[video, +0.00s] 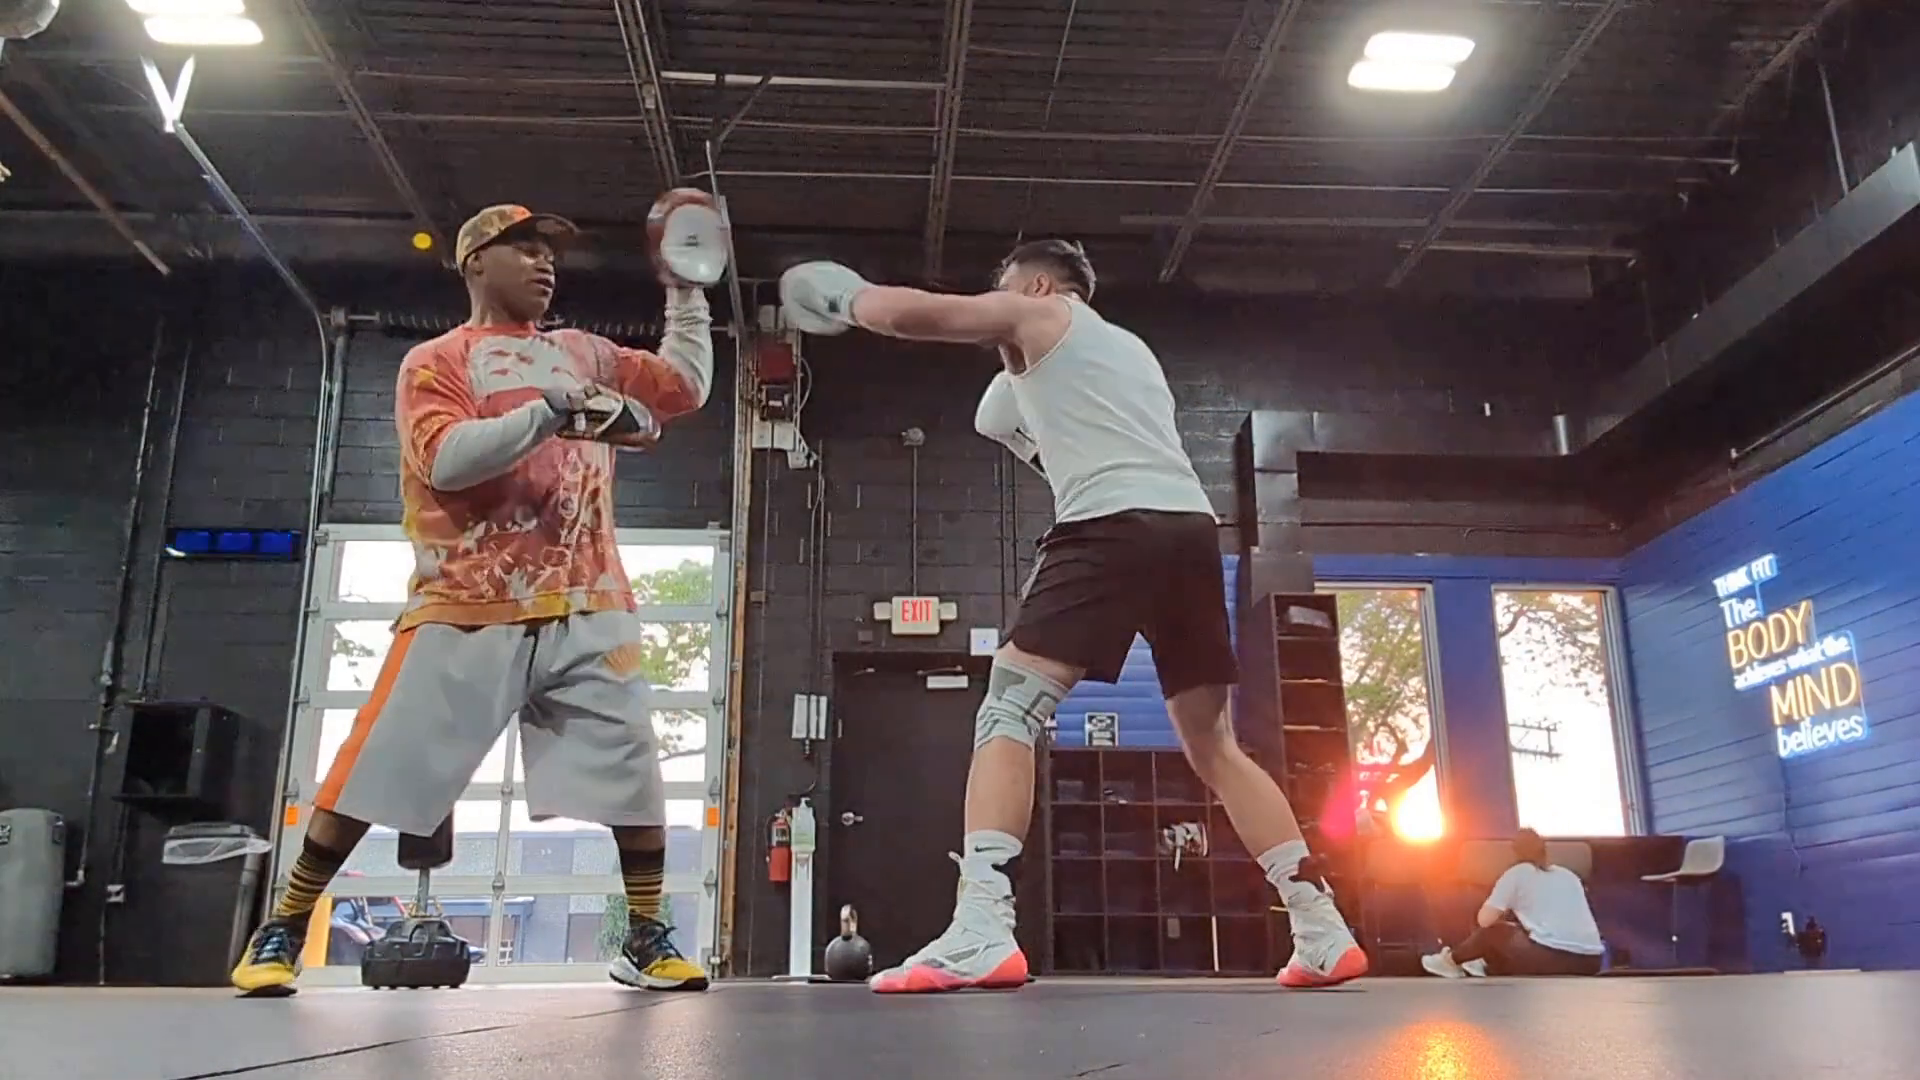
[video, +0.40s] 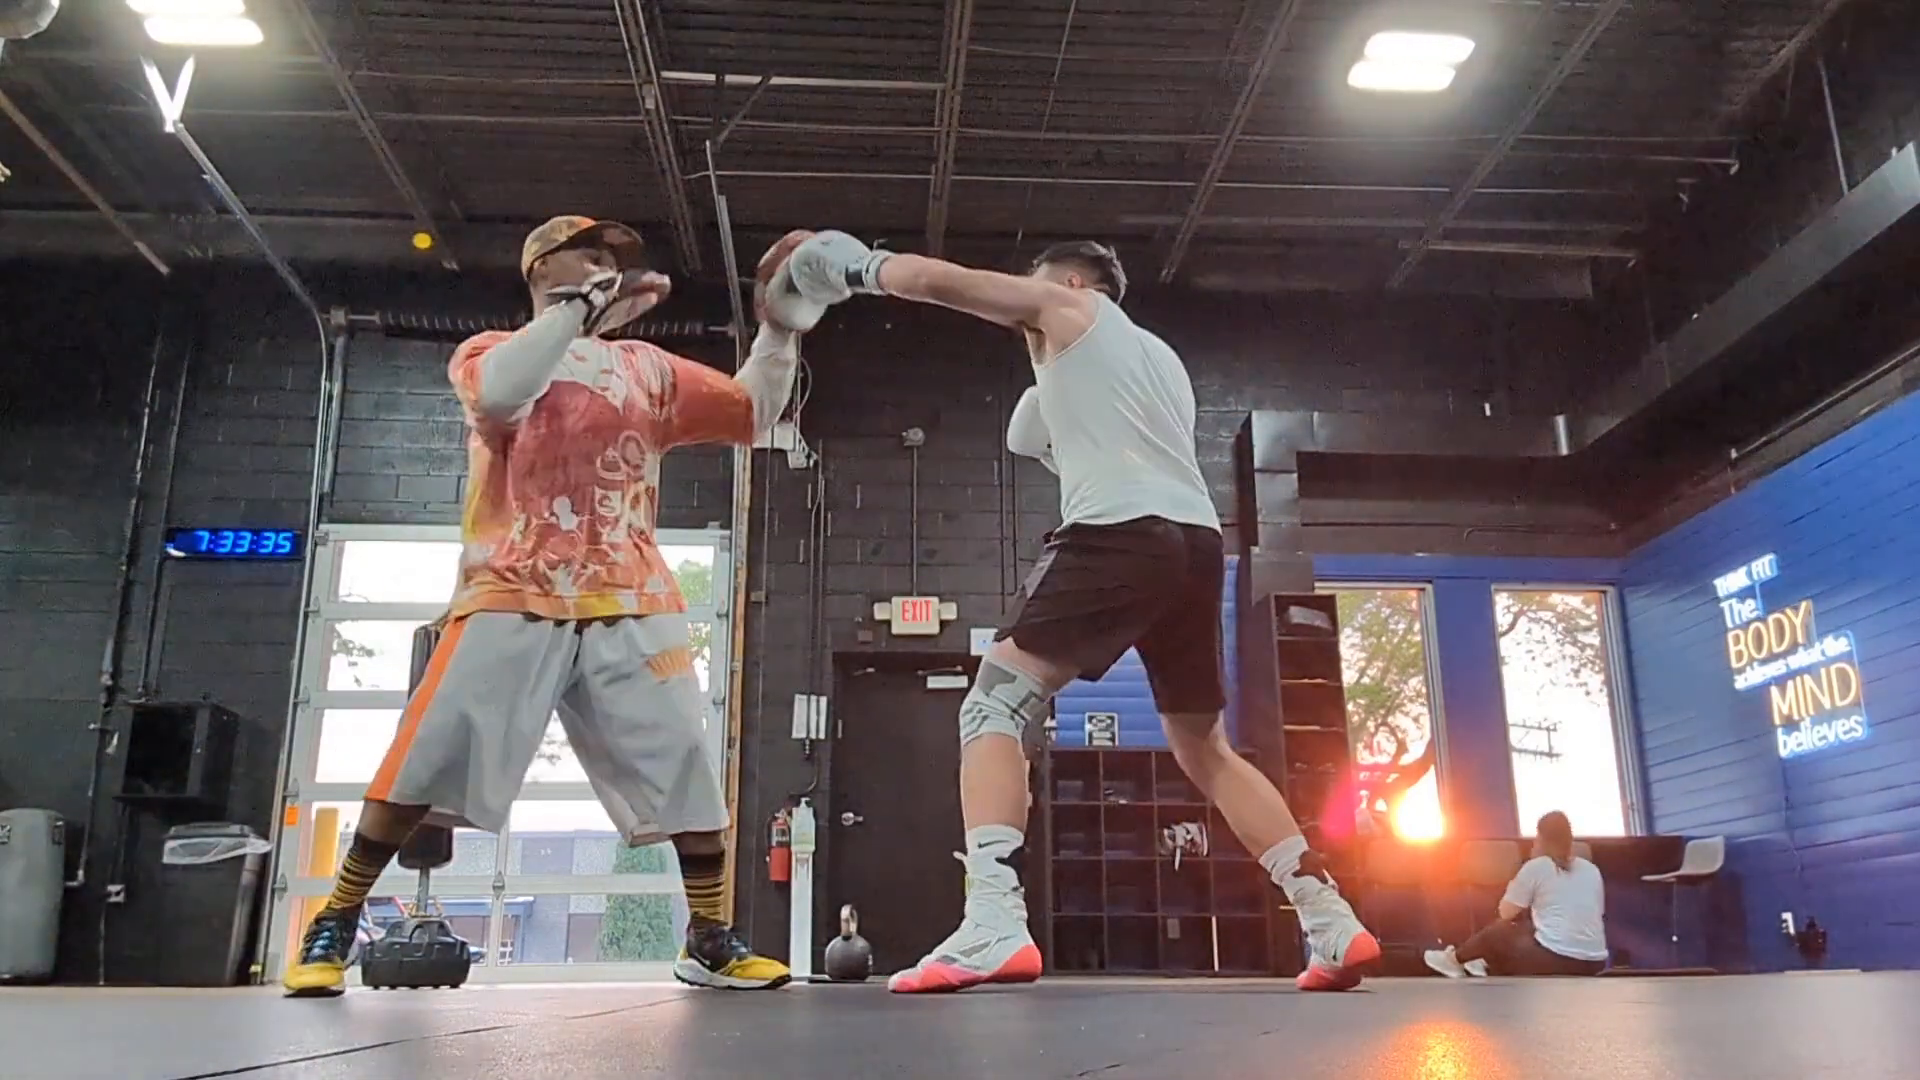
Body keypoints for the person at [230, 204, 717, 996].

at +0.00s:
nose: (546, 260)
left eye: (550, 249)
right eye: (526, 245)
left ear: (551, 270)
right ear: (476, 263)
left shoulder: (581, 352)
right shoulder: (435, 363)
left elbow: (682, 384)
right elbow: (445, 461)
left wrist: (687, 281)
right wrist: (552, 410)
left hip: (587, 598)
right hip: (468, 599)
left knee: (634, 758)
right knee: (380, 752)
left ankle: (647, 936)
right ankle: (287, 924)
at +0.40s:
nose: (606, 271)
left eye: (613, 261)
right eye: (587, 256)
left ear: (621, 282)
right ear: (539, 278)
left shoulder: (649, 369)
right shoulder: (491, 352)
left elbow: (755, 410)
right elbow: (499, 394)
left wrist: (777, 327)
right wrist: (586, 304)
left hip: (630, 588)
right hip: (513, 585)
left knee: (692, 748)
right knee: (439, 736)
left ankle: (710, 937)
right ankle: (335, 924)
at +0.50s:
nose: (630, 299)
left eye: (638, 288)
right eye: (613, 284)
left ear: (648, 304)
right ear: (577, 290)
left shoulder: (658, 387)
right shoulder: (536, 351)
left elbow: (691, 510)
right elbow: (588, 369)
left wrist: (716, 455)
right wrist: (617, 280)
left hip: (659, 608)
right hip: (551, 597)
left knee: (707, 766)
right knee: (453, 756)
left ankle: (718, 940)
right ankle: (342, 913)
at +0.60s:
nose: (689, 293)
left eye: (691, 285)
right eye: (673, 279)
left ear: (664, 296)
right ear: (624, 283)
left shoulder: (666, 370)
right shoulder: (594, 335)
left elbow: (647, 492)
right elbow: (681, 354)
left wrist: (710, 485)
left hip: (674, 598)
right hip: (585, 589)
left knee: (721, 742)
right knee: (492, 747)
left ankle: (721, 932)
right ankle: (341, 892)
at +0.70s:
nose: (718, 347)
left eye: (716, 336)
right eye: (707, 328)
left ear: (690, 324)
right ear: (678, 311)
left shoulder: (667, 398)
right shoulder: (632, 346)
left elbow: (654, 515)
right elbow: (701, 318)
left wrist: (721, 509)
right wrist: (764, 333)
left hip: (661, 612)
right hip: (589, 601)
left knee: (737, 736)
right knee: (497, 764)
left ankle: (744, 930)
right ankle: (302, 897)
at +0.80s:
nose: (771, 460)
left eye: (773, 444)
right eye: (767, 419)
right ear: (732, 389)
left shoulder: (685, 481)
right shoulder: (683, 391)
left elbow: (665, 600)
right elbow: (752, 404)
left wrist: (683, 637)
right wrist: (751, 486)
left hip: (653, 664)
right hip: (582, 641)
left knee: (748, 766)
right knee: (492, 798)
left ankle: (778, 944)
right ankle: (260, 916)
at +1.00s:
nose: (803, 517)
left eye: (809, 506)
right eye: (803, 499)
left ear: (771, 469)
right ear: (779, 462)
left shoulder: (731, 519)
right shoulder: (747, 470)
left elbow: (721, 646)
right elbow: (795, 575)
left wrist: (717, 675)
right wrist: (765, 652)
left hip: (660, 687)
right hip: (595, 666)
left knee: (771, 748)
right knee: (505, 826)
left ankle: (780, 940)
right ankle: (276, 912)